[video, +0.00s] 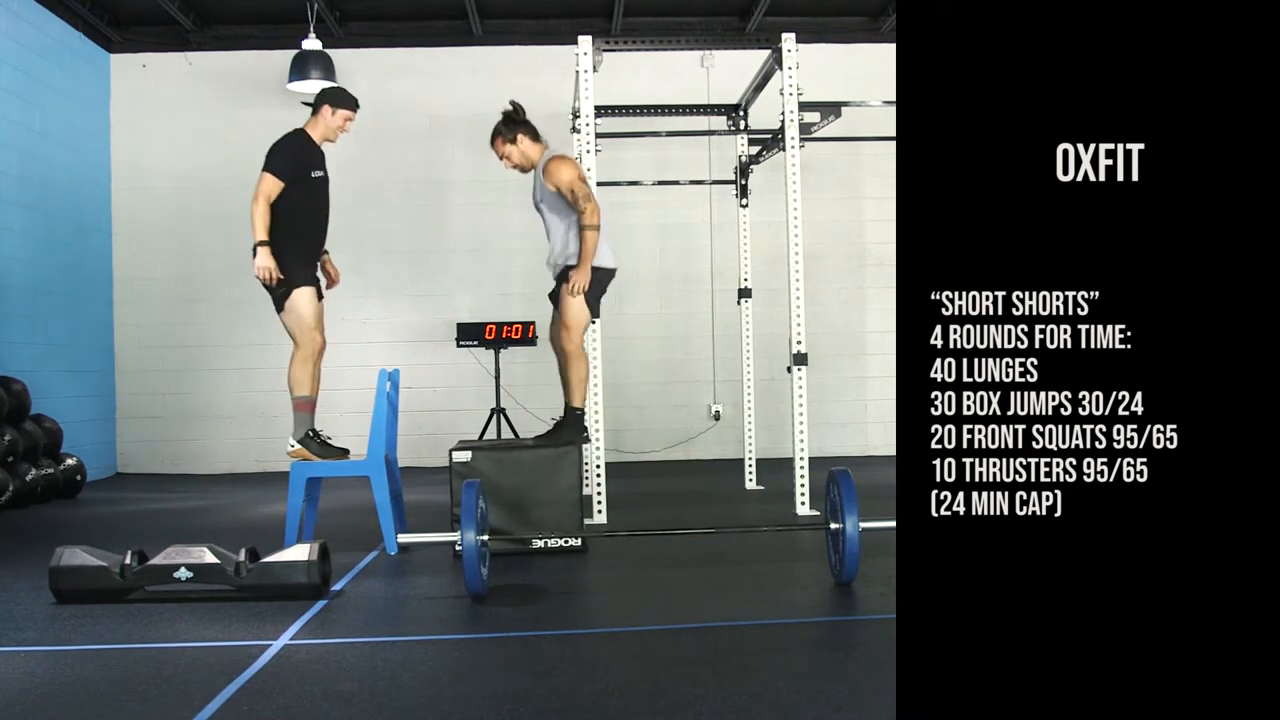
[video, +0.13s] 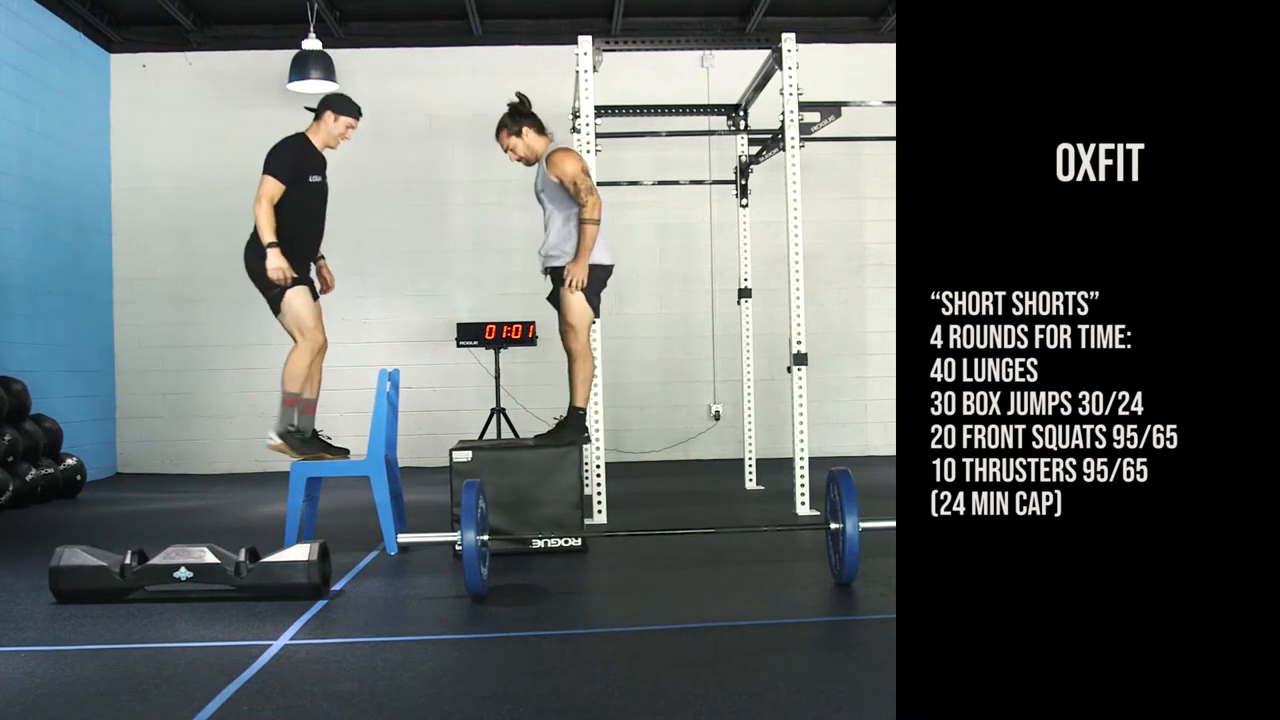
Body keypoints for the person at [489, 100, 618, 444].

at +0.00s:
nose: (506, 163)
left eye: (505, 155)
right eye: (502, 159)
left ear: (522, 139)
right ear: (523, 141)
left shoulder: (557, 167)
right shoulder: (543, 175)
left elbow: (590, 209)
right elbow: (571, 221)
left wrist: (584, 266)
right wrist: (564, 269)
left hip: (583, 268)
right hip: (568, 269)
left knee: (569, 337)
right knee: (558, 338)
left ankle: (576, 421)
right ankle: (571, 418)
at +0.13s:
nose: (512, 157)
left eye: (511, 148)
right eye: (507, 152)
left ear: (526, 132)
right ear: (526, 134)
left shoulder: (560, 159)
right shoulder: (548, 166)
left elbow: (592, 202)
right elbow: (573, 212)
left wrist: (581, 259)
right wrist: (559, 261)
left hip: (578, 266)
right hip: (568, 266)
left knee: (577, 341)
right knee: (574, 341)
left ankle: (577, 421)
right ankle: (574, 420)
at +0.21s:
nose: (513, 160)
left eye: (513, 152)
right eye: (509, 155)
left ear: (529, 137)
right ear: (530, 138)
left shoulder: (562, 164)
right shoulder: (552, 168)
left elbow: (593, 204)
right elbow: (579, 212)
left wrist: (579, 261)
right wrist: (564, 262)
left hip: (580, 269)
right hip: (573, 269)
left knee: (570, 340)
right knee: (571, 341)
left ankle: (576, 422)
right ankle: (575, 421)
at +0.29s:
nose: (515, 162)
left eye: (514, 153)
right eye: (511, 157)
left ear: (530, 137)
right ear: (532, 138)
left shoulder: (560, 164)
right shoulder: (554, 167)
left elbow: (592, 202)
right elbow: (584, 209)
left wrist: (583, 259)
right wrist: (571, 262)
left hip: (585, 268)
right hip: (577, 268)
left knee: (570, 337)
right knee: (569, 338)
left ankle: (577, 419)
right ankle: (574, 417)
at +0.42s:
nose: (521, 165)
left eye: (520, 156)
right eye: (516, 159)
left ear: (537, 141)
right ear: (539, 141)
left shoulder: (563, 167)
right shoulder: (568, 167)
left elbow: (599, 204)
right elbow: (611, 207)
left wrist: (593, 259)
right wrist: (593, 255)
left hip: (591, 270)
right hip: (597, 269)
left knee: (570, 339)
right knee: (578, 338)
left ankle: (577, 424)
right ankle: (609, 405)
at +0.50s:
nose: (529, 172)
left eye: (527, 163)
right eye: (525, 167)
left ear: (545, 148)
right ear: (546, 149)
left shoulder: (572, 174)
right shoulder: (573, 173)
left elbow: (613, 202)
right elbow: (616, 201)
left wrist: (603, 260)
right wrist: (599, 259)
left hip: (597, 275)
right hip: (604, 275)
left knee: (563, 340)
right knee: (585, 345)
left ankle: (575, 424)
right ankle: (634, 409)